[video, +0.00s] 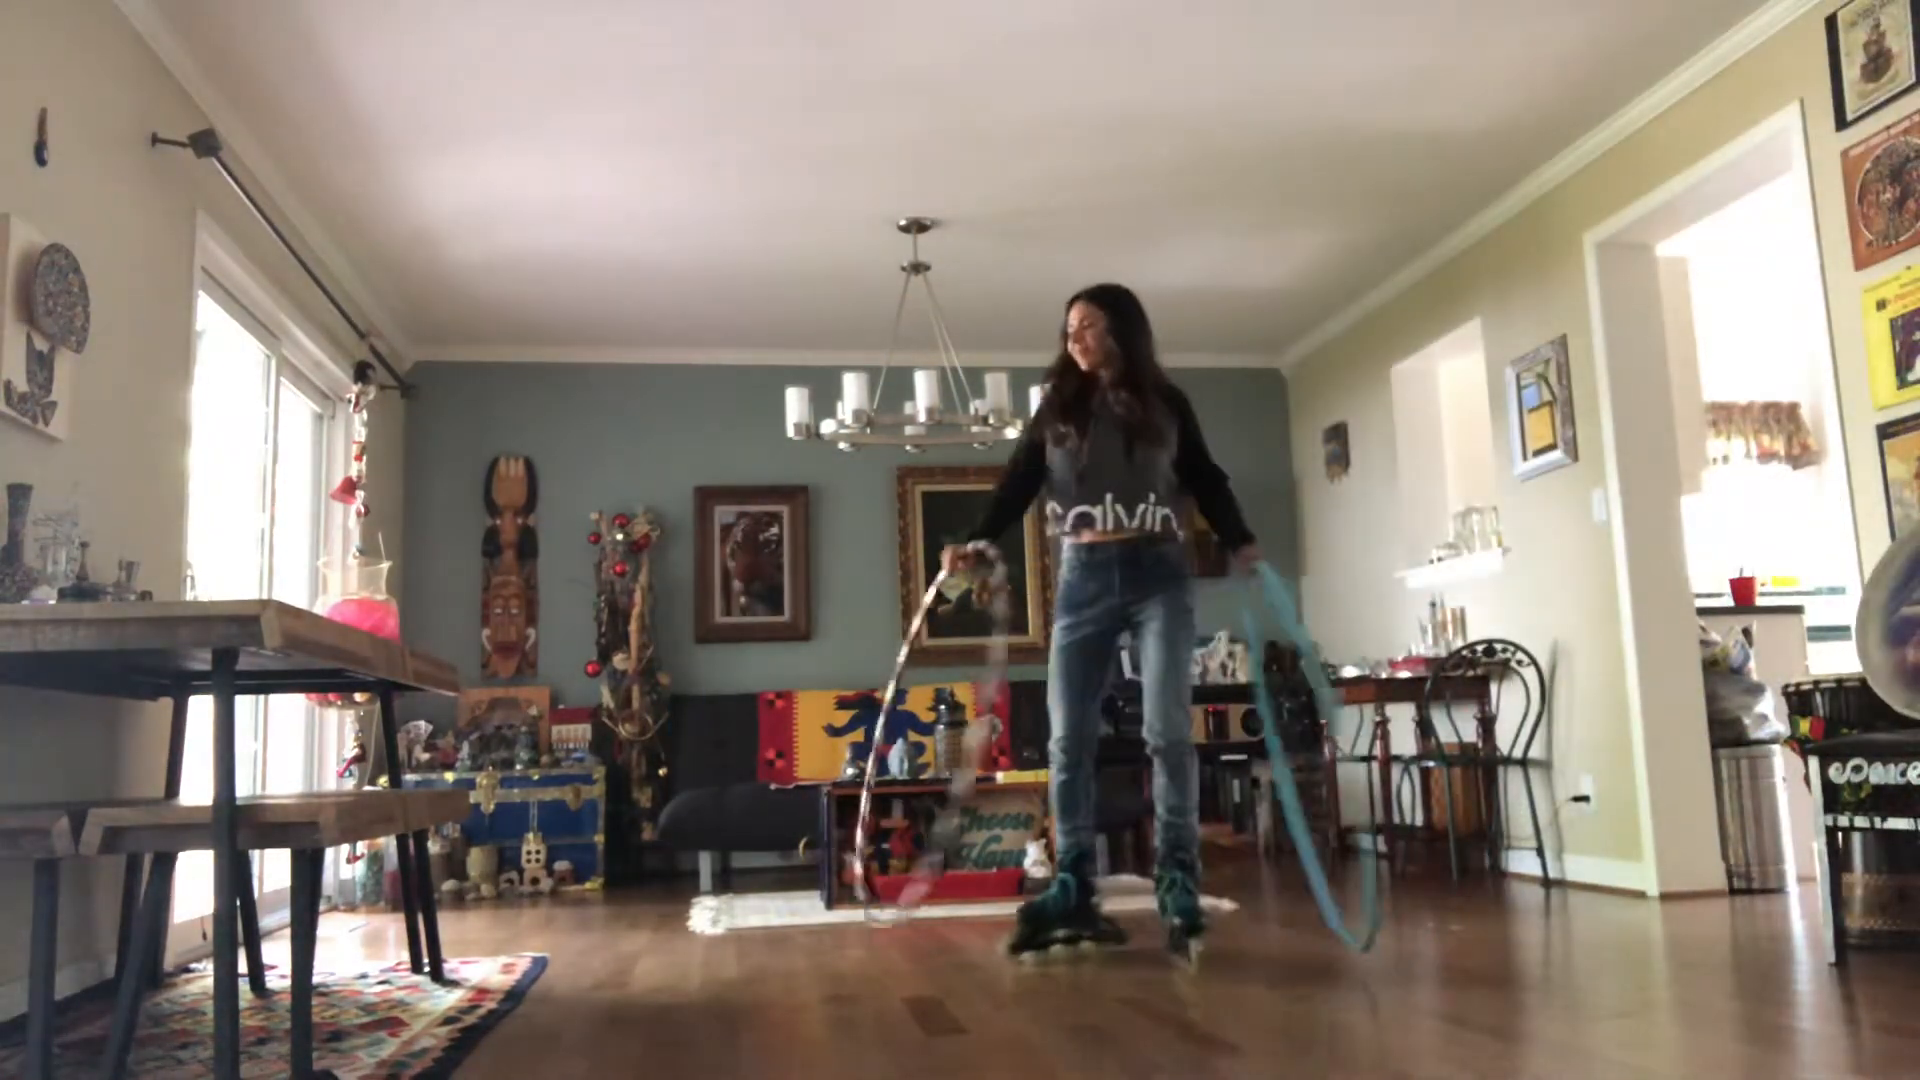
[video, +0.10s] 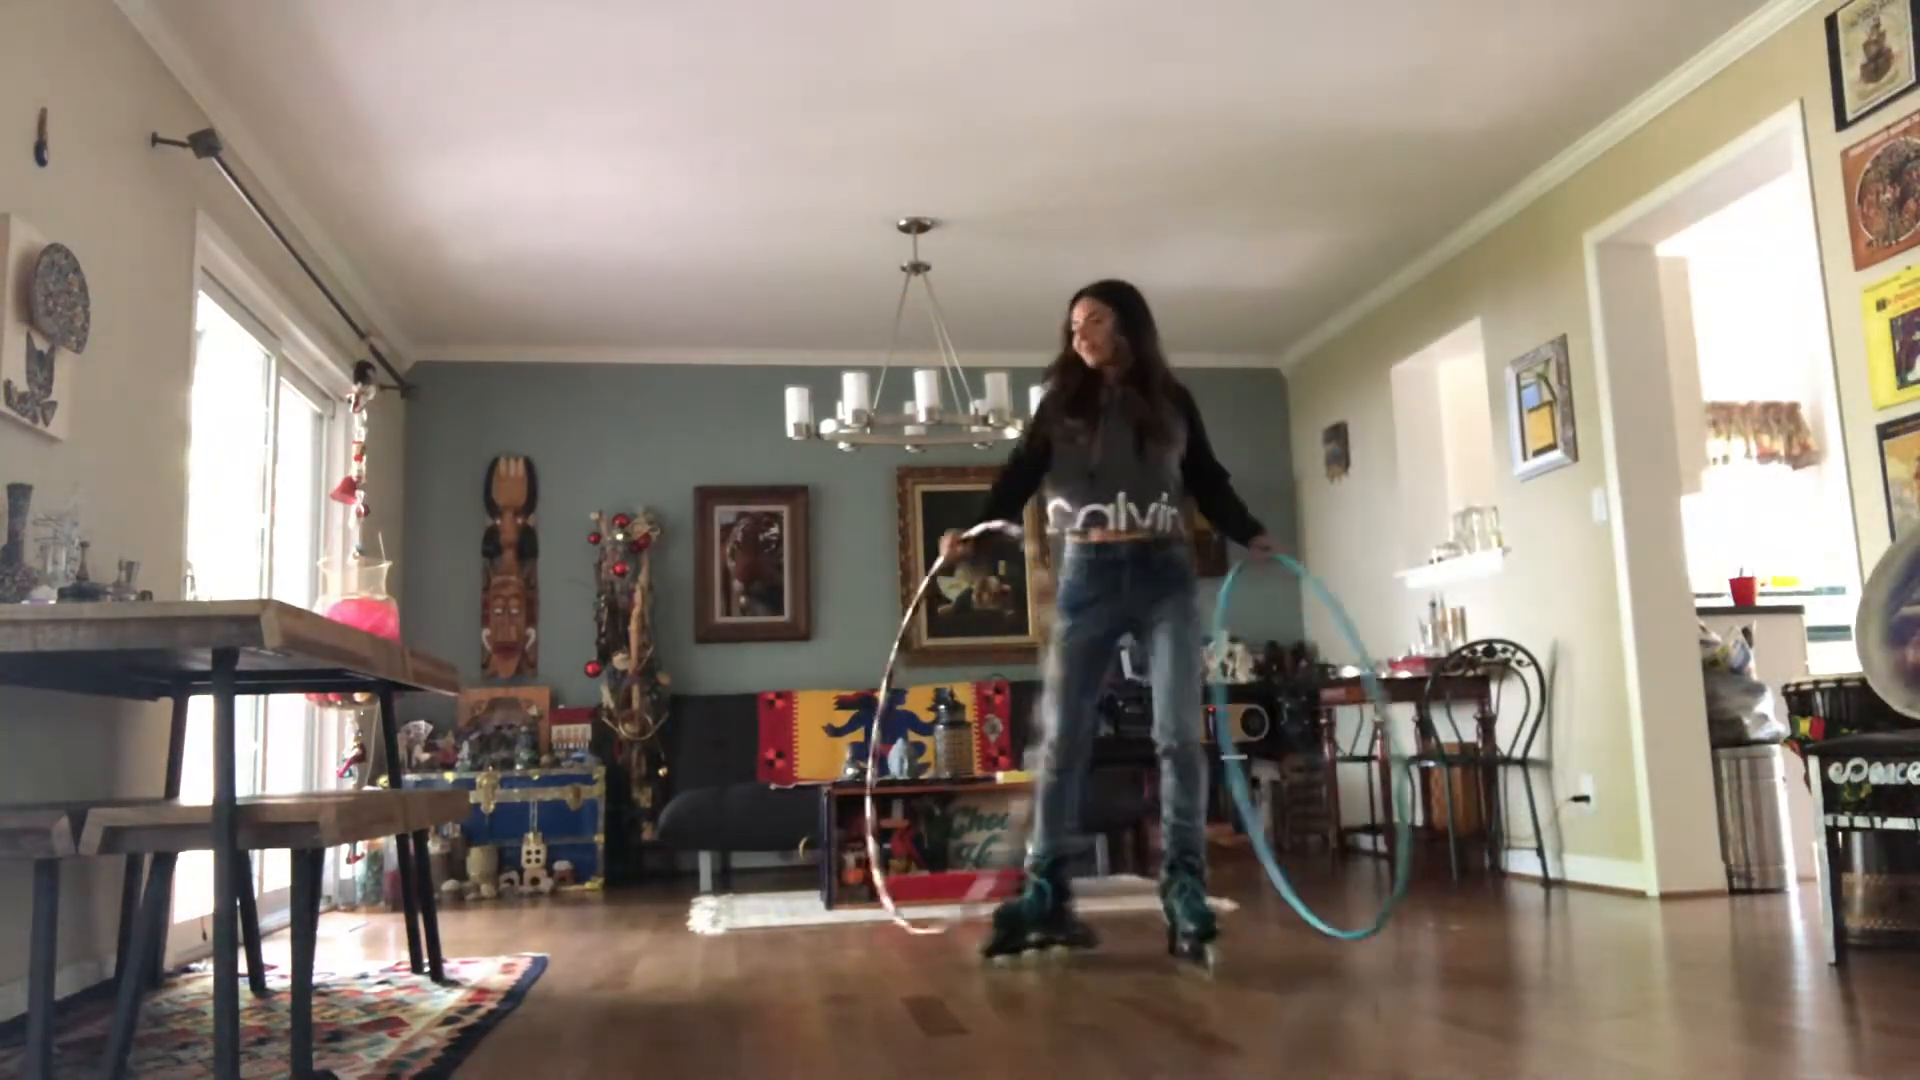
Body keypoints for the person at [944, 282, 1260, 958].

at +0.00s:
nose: (1078, 340)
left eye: (1090, 328)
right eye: (1072, 332)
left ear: (1123, 331)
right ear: (1067, 341)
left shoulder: (1165, 403)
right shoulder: (1058, 407)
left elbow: (1202, 475)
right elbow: (1021, 479)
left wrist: (1238, 537)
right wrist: (982, 539)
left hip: (1159, 573)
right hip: (1082, 579)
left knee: (1167, 732)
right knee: (1069, 738)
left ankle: (1178, 881)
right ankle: (1074, 887)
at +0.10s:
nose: (1084, 335)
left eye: (1095, 323)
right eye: (1076, 328)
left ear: (1128, 327)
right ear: (1072, 340)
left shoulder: (1171, 401)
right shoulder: (1061, 401)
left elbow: (1205, 479)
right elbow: (1021, 474)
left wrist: (1250, 533)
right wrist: (973, 530)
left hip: (1165, 573)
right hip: (1086, 576)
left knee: (1180, 734)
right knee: (1062, 735)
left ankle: (1184, 886)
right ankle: (1046, 891)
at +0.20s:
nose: (1095, 330)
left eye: (1106, 317)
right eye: (1087, 324)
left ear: (1139, 321)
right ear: (1082, 338)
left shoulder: (1182, 399)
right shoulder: (1074, 398)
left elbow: (1219, 484)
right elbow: (1029, 470)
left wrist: (1271, 539)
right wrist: (984, 525)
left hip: (1180, 581)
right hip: (1098, 584)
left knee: (1190, 739)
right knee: (1069, 742)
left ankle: (1192, 891)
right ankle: (1034, 903)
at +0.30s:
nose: (1108, 317)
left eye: (1119, 303)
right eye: (1097, 311)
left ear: (1154, 307)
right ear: (1092, 328)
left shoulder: (1197, 390)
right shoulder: (1086, 391)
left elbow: (1238, 479)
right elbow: (1043, 458)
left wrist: (1300, 542)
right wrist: (1001, 510)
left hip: (1195, 574)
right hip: (1114, 577)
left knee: (1197, 741)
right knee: (1090, 741)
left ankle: (1202, 897)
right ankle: (1046, 888)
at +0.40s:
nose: (1116, 297)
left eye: (1127, 282)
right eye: (1106, 291)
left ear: (1163, 287)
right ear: (1101, 308)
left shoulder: (1209, 372)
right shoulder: (1097, 372)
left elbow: (1257, 461)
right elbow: (1054, 438)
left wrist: (1329, 531)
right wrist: (1007, 490)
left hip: (1205, 556)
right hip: (1126, 558)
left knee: (1214, 738)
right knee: (1106, 734)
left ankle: (1211, 903)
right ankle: (1067, 902)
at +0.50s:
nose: (1126, 279)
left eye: (1137, 263)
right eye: (1115, 274)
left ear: (1175, 269)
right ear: (1110, 293)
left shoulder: (1221, 355)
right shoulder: (1108, 355)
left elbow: (1276, 446)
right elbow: (1058, 420)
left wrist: (1358, 512)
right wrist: (1005, 470)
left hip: (1217, 540)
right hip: (1139, 540)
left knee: (1223, 732)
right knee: (1121, 725)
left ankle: (1218, 901)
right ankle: (1091, 906)